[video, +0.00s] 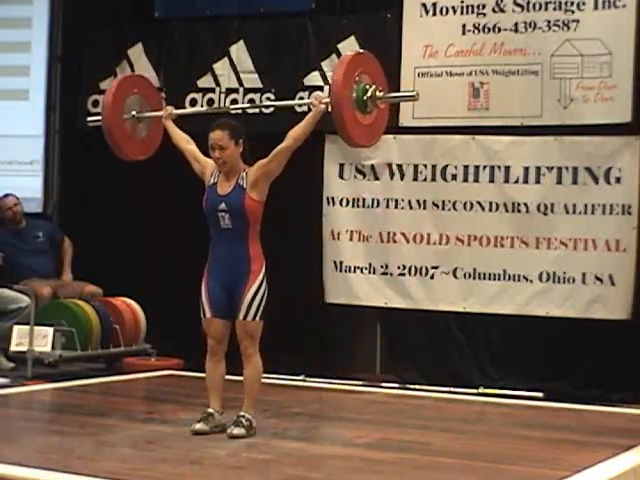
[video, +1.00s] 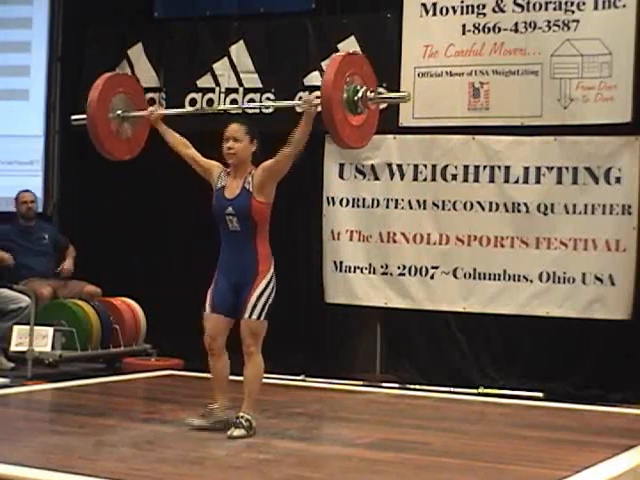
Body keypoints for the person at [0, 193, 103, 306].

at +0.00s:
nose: (14, 211)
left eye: (16, 205)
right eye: (8, 209)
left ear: (21, 205)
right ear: (2, 215)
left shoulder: (41, 225)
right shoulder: (4, 234)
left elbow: (66, 242)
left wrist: (67, 273)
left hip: (54, 279)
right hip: (25, 281)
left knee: (95, 292)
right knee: (45, 293)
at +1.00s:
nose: (29, 206)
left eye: (32, 202)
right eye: (24, 203)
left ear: (36, 205)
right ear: (16, 207)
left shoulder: (47, 229)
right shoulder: (7, 231)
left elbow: (69, 247)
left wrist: (69, 262)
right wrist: (3, 255)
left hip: (53, 278)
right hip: (25, 279)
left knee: (94, 292)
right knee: (45, 293)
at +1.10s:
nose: (34, 206)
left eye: (37, 203)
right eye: (29, 203)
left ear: (41, 205)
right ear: (21, 205)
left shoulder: (49, 230)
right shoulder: (10, 229)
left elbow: (67, 252)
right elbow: (1, 246)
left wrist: (69, 259)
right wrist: (14, 252)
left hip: (52, 279)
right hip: (25, 279)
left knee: (93, 292)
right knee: (45, 293)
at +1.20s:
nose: (39, 206)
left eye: (42, 203)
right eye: (34, 203)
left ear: (47, 206)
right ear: (26, 205)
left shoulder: (52, 232)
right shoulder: (14, 230)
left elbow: (63, 267)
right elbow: (3, 252)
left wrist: (71, 263)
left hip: (52, 279)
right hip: (25, 279)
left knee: (93, 292)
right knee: (45, 293)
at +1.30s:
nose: (45, 206)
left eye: (48, 203)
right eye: (40, 202)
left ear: (52, 207)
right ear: (32, 205)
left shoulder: (53, 231)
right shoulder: (20, 231)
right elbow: (17, 265)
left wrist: (68, 265)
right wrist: (53, 265)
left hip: (56, 279)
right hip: (30, 280)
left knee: (92, 291)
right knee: (45, 292)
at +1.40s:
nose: (51, 206)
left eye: (54, 203)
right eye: (46, 202)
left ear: (58, 206)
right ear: (37, 205)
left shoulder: (59, 233)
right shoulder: (25, 232)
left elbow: (68, 264)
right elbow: (23, 269)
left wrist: (72, 270)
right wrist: (61, 274)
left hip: (56, 279)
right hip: (30, 279)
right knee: (47, 292)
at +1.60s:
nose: (66, 211)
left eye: (69, 208)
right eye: (61, 207)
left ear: (72, 212)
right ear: (52, 209)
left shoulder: (70, 237)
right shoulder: (36, 233)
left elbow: (77, 266)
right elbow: (32, 271)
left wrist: (77, 273)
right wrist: (66, 278)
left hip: (61, 279)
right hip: (37, 279)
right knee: (48, 291)